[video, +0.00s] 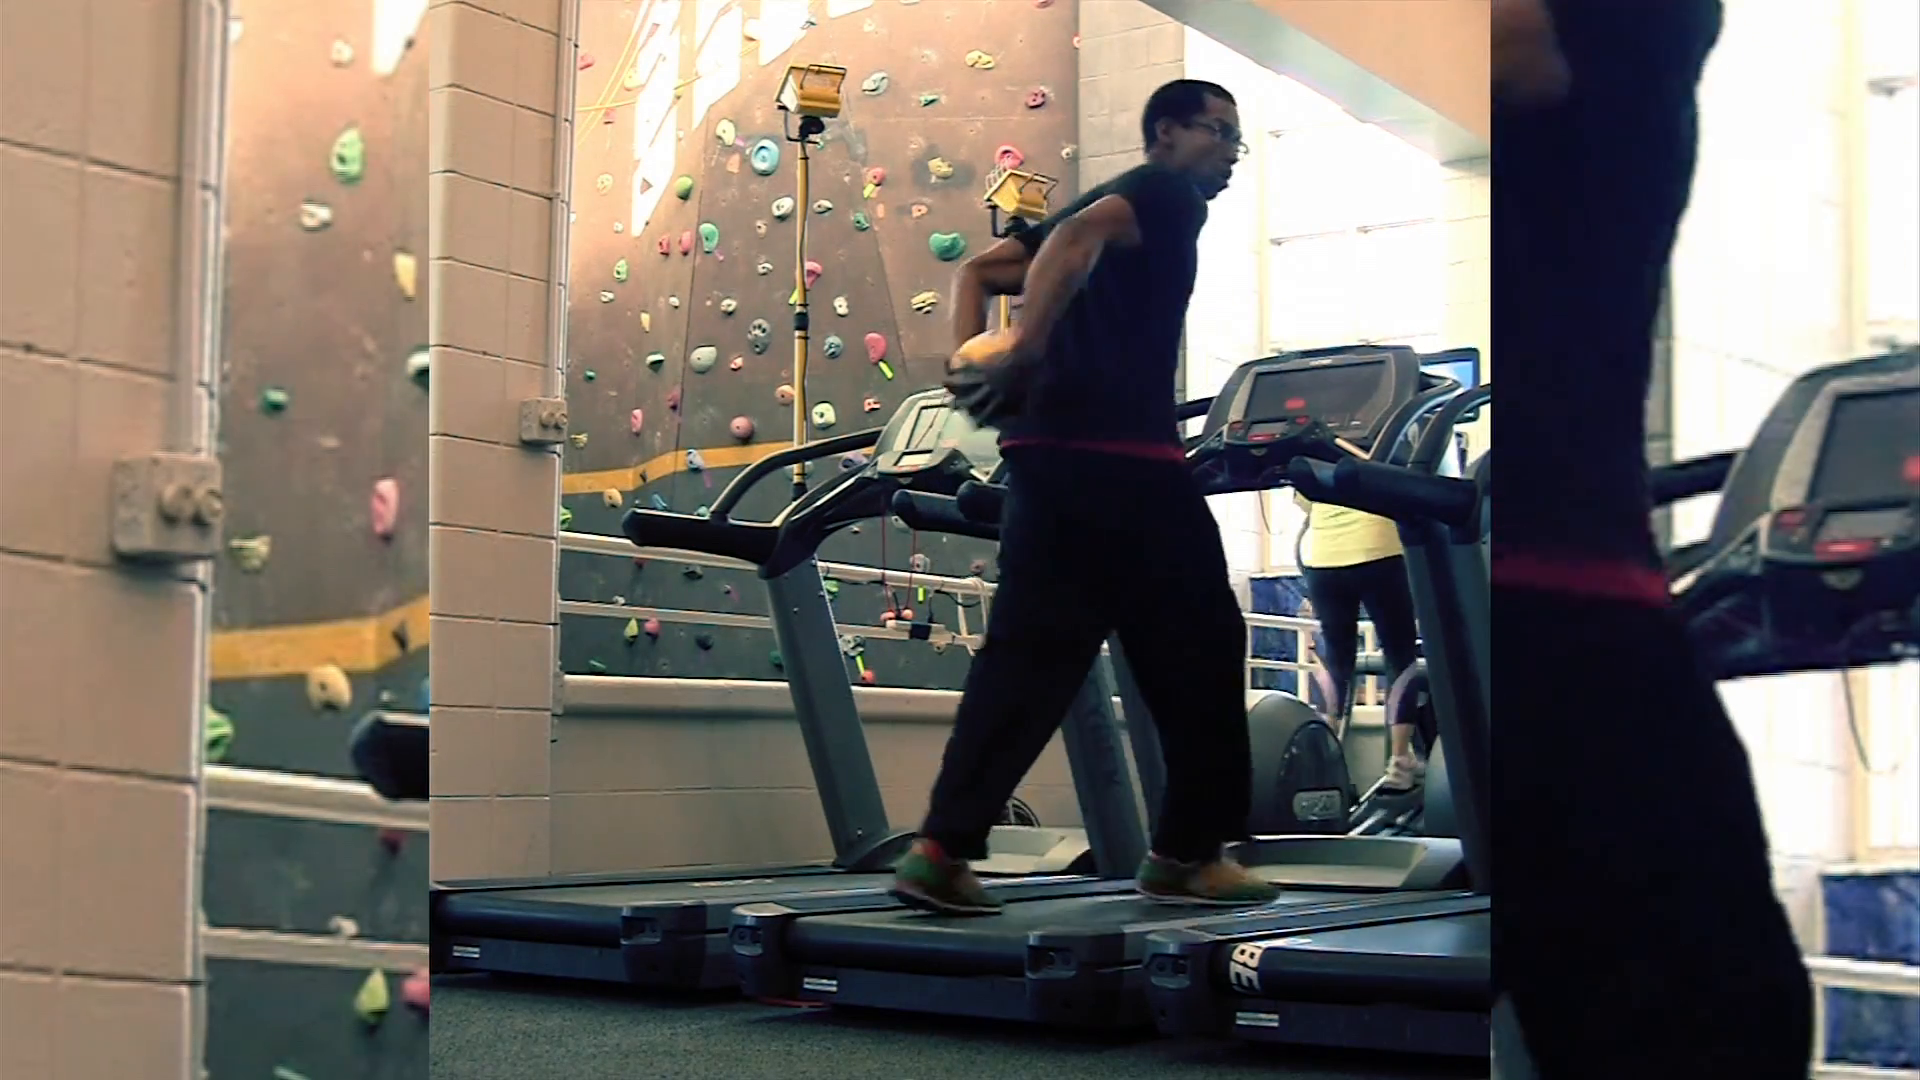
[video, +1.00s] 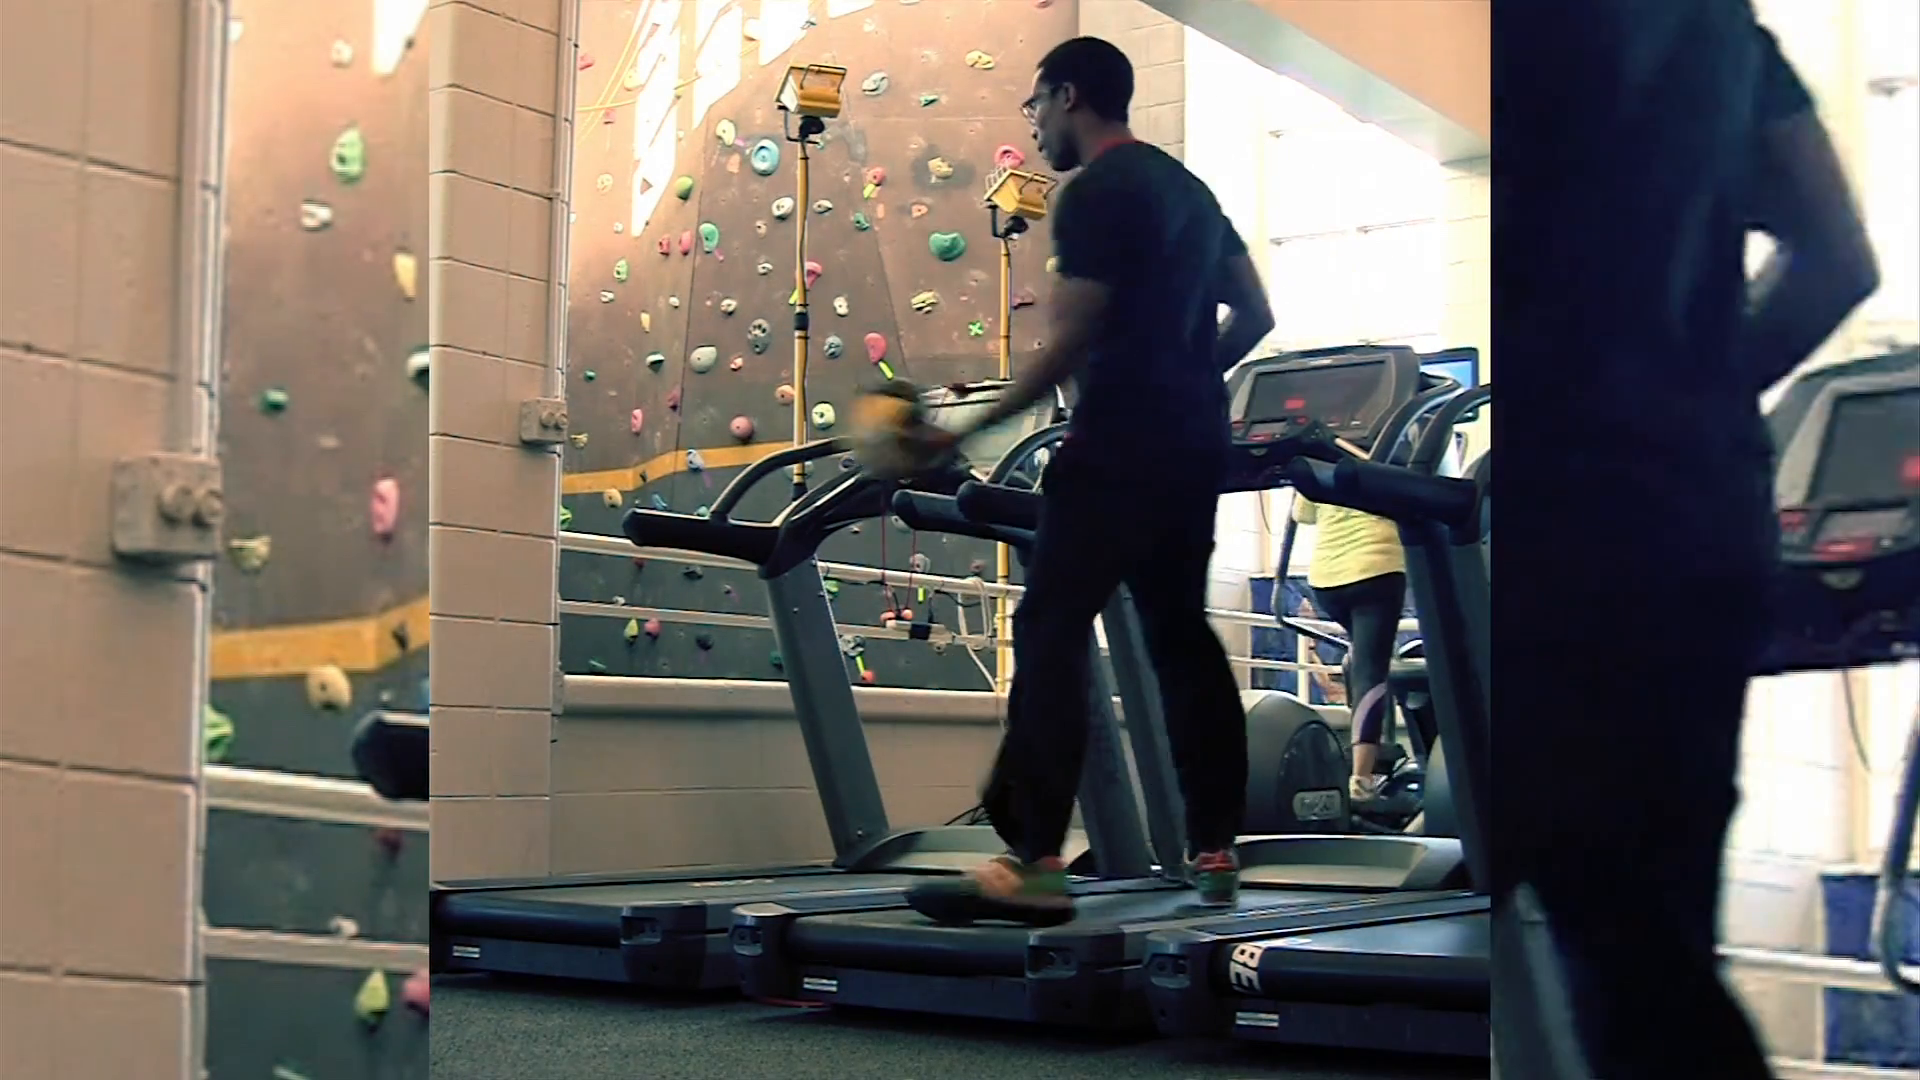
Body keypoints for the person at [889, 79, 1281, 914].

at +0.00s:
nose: (1234, 150)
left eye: (1237, 138)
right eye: (1220, 132)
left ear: (1169, 142)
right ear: (1167, 131)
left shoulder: (1101, 205)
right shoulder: (1170, 189)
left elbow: (978, 270)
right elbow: (1079, 235)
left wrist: (964, 366)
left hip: (1052, 475)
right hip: (1133, 474)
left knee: (1029, 654)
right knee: (1204, 647)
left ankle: (942, 848)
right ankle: (1189, 853)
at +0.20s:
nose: (1239, 145)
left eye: (1244, 133)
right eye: (1223, 128)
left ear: (1230, 145)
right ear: (1176, 135)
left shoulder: (1168, 216)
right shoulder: (1152, 206)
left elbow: (1066, 304)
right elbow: (1034, 283)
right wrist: (1021, 421)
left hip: (1121, 478)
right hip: (1114, 481)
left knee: (1181, 653)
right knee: (1212, 650)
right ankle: (1096, 861)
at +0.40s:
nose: (1147, 5)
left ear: (1182, 4)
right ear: (1112, 2)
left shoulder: (1217, 81)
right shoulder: (1069, 71)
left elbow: (1266, 174)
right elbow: (976, 169)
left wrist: (1330, 176)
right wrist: (1001, 252)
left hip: (1173, 342)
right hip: (1074, 342)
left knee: (1223, 494)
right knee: (1063, 540)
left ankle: (1128, 633)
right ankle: (1040, 741)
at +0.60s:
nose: (1054, 29)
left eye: (1068, 11)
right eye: (1048, 17)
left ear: (1124, 7)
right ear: (1054, 26)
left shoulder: (1207, 76)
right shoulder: (1057, 107)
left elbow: (1317, 117)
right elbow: (1010, 222)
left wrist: (1374, 123)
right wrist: (951, 257)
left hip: (1173, 359)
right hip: (1081, 331)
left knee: (1164, 569)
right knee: (958, 364)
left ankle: (1209, 803)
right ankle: (986, 577)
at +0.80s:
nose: (1029, 128)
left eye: (1039, 107)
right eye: (1028, 111)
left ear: (1085, 102)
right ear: (1081, 108)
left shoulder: (1181, 183)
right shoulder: (1088, 214)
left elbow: (1263, 271)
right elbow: (1102, 351)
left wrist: (1299, 329)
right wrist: (1023, 391)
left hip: (1161, 455)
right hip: (1084, 455)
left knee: (1102, 650)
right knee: (1001, 644)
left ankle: (1139, 871)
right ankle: (1127, 776)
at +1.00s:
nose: (1032, 128)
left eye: (1037, 109)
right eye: (1031, 112)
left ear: (1073, 100)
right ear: (1117, 103)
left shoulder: (1094, 190)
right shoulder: (1190, 191)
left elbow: (1065, 342)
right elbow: (1252, 316)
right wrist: (1181, 371)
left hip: (1111, 448)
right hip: (1193, 447)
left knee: (1048, 628)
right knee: (1182, 631)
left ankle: (1034, 859)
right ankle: (1214, 845)